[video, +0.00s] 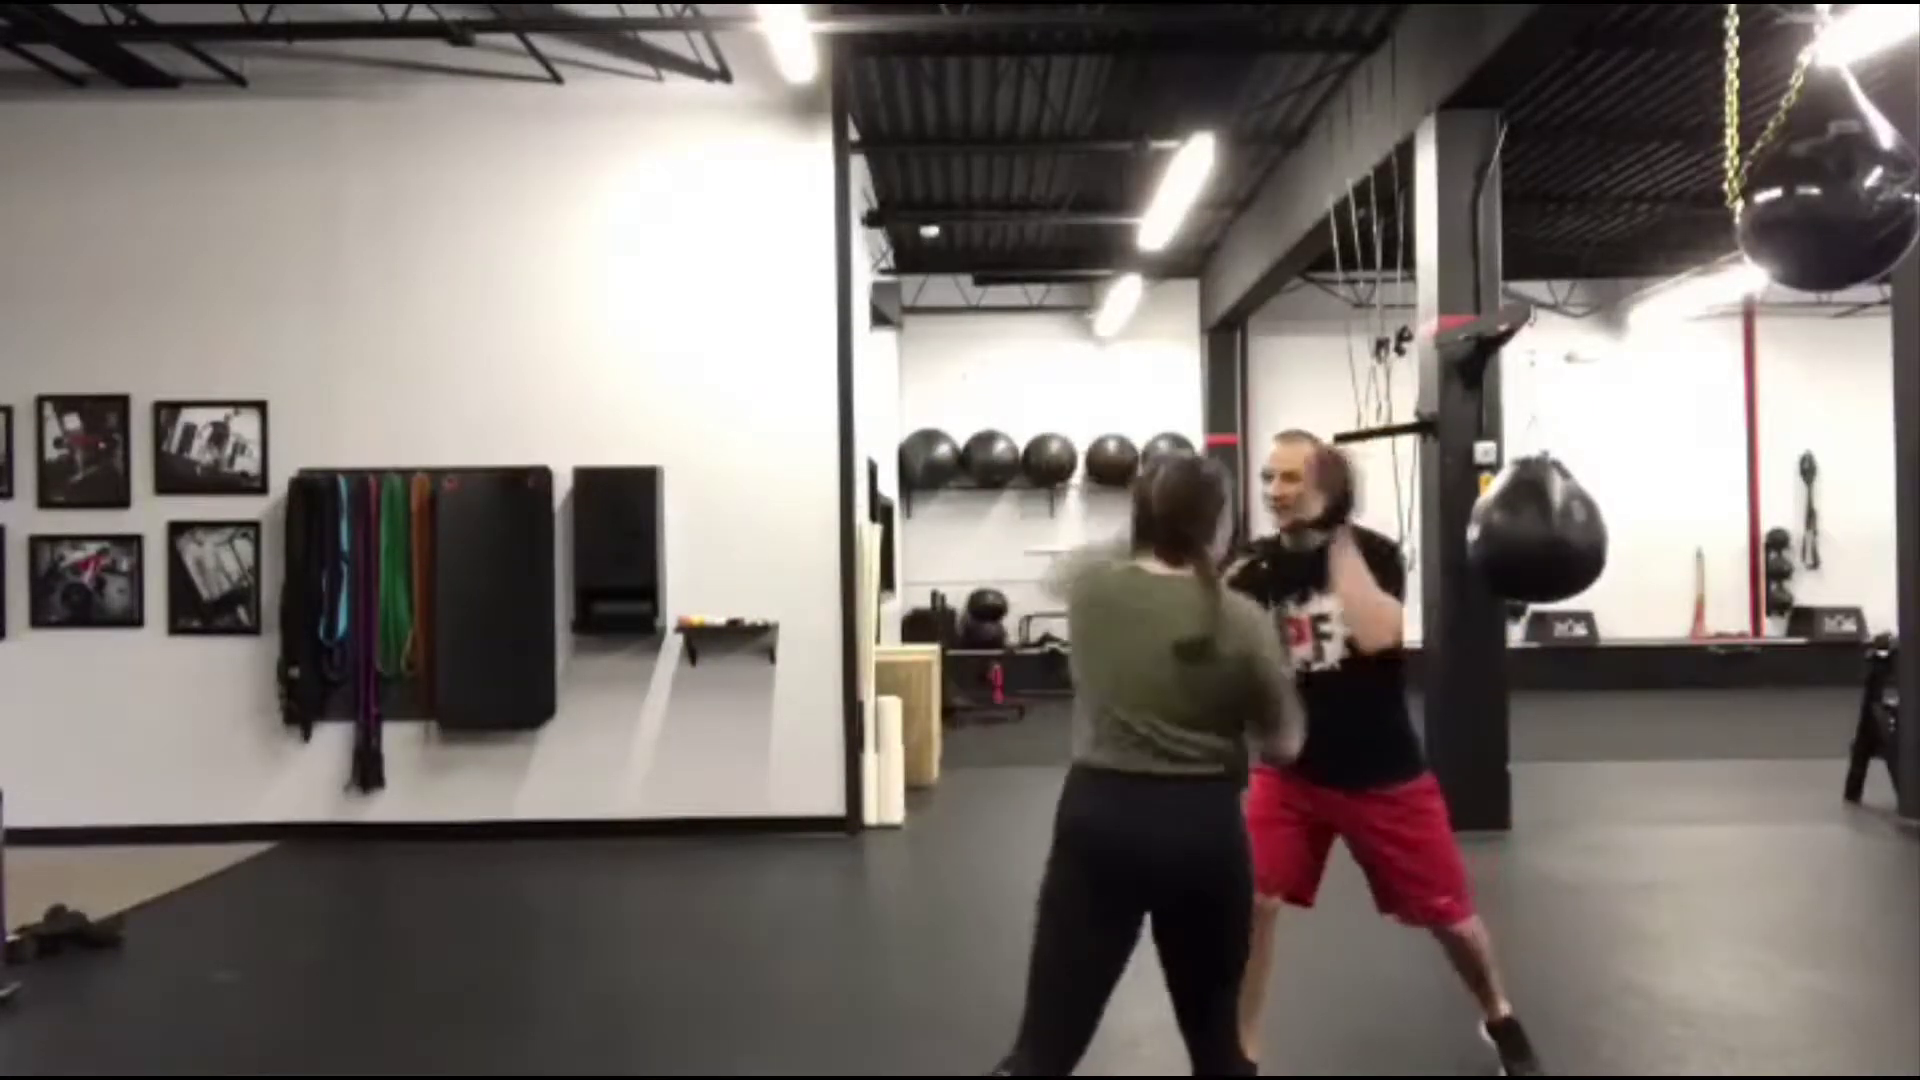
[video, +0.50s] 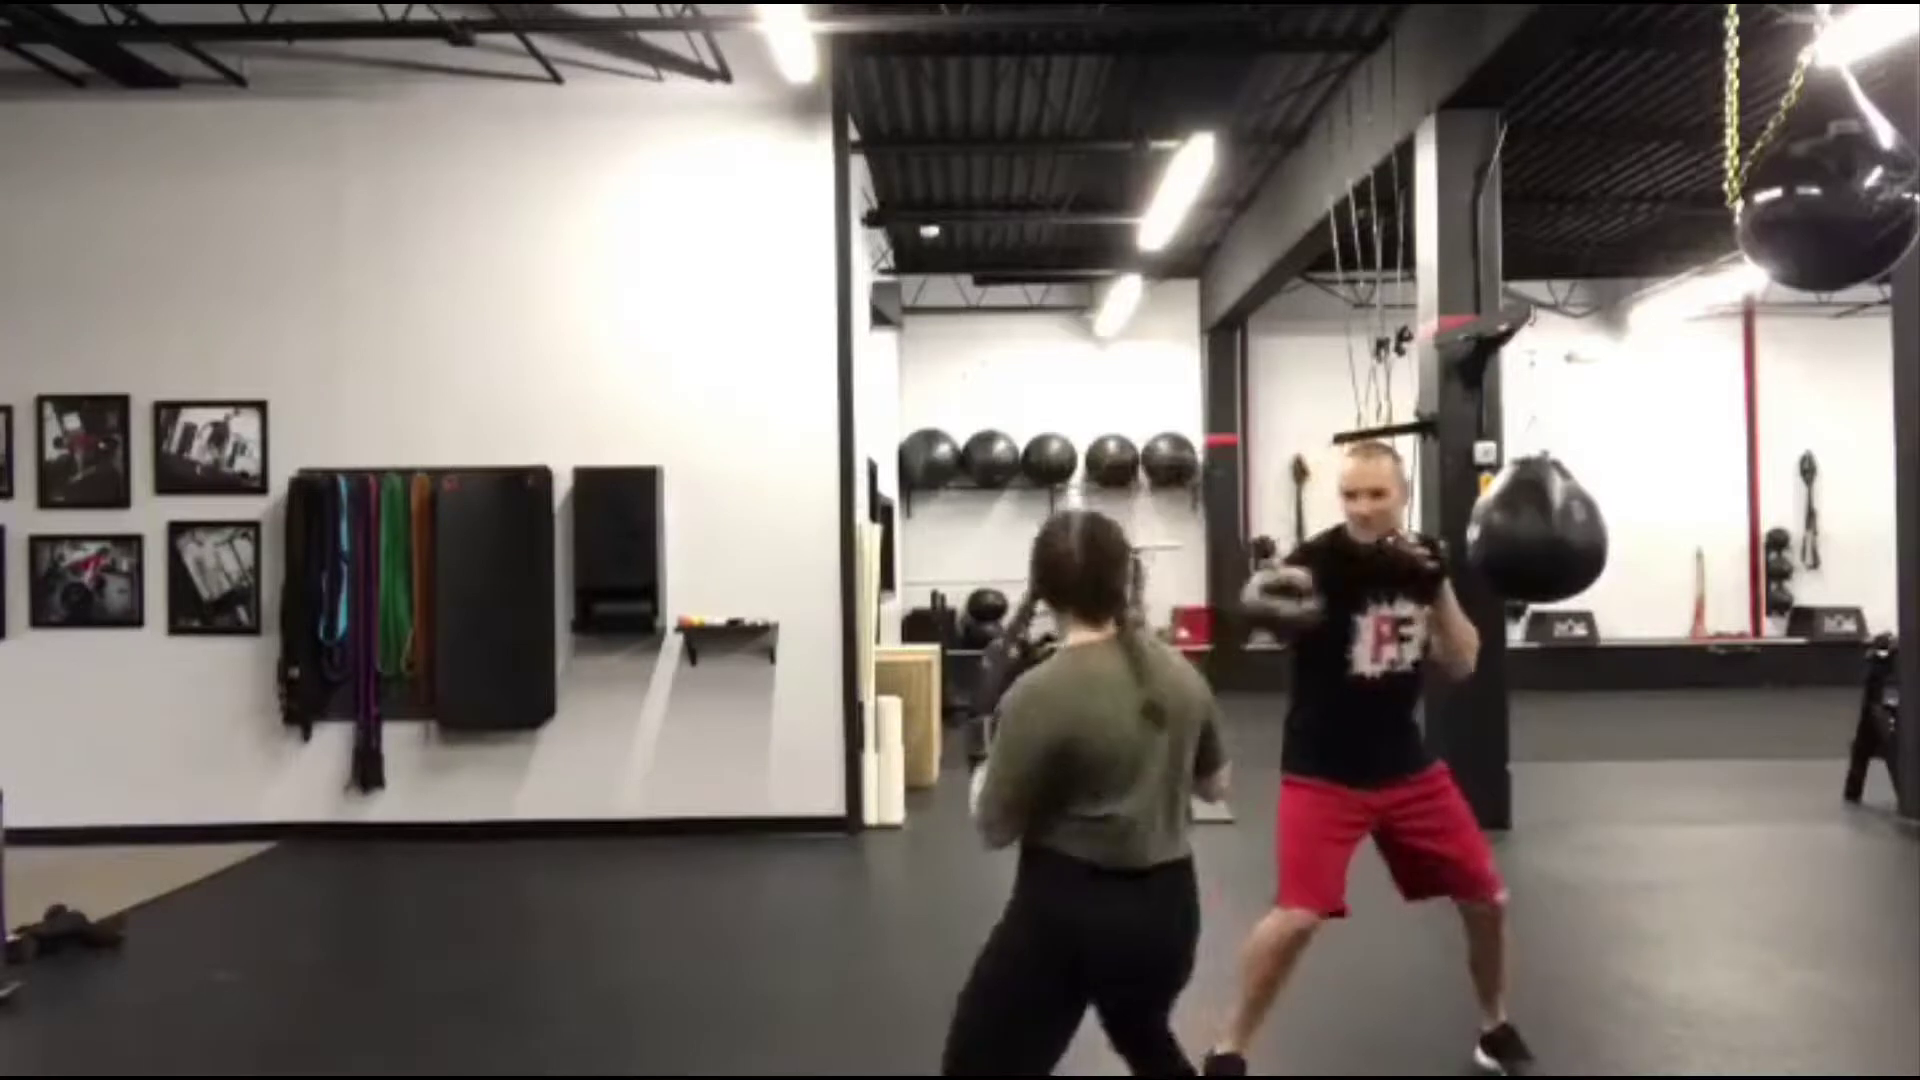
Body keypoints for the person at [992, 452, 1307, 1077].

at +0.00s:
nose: (1233, 522)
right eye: (1227, 512)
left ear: (1138, 517)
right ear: (1217, 526)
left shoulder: (1092, 587)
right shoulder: (1244, 621)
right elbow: (1283, 740)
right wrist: (1222, 702)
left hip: (1100, 815)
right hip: (1203, 825)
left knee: (1046, 1043)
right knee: (1216, 1038)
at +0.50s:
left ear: (1045, 590)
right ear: (1124, 576)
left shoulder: (1041, 695)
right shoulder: (1178, 673)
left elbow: (995, 823)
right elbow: (1213, 779)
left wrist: (998, 738)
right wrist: (1138, 741)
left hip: (1061, 918)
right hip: (1164, 910)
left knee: (980, 1062)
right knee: (1146, 1035)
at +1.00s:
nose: (1292, 503)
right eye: (1273, 497)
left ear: (1160, 521)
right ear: (1239, 520)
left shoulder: (1115, 605)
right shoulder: (1271, 605)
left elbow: (1087, 684)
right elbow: (1377, 674)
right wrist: (1402, 658)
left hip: (1152, 834)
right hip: (1256, 838)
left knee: (1068, 1036)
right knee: (1243, 1033)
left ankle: (1044, 1066)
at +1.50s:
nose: (1176, 584)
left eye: (1183, 571)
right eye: (1182, 570)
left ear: (1195, 585)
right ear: (1276, 581)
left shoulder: (1175, 671)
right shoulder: (1320, 673)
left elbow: (1119, 786)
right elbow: (1339, 786)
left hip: (1229, 910)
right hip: (1328, 907)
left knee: (1219, 1060)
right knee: (1278, 1054)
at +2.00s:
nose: (1171, 557)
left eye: (1176, 545)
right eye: (1175, 544)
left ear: (1190, 555)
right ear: (1252, 551)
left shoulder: (1186, 649)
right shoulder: (1277, 635)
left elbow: (1129, 766)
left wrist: (1110, 702)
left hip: (1233, 862)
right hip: (1289, 844)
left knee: (1176, 991)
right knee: (1237, 1000)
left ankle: (1215, 1071)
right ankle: (1236, 1068)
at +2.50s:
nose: (1203, 554)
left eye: (1208, 540)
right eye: (1205, 540)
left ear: (1236, 551)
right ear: (1281, 548)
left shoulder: (1265, 636)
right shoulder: (1306, 623)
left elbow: (1213, 761)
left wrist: (1164, 681)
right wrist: (1213, 662)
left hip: (1317, 876)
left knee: (1314, 1061)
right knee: (1198, 957)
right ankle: (1243, 1069)